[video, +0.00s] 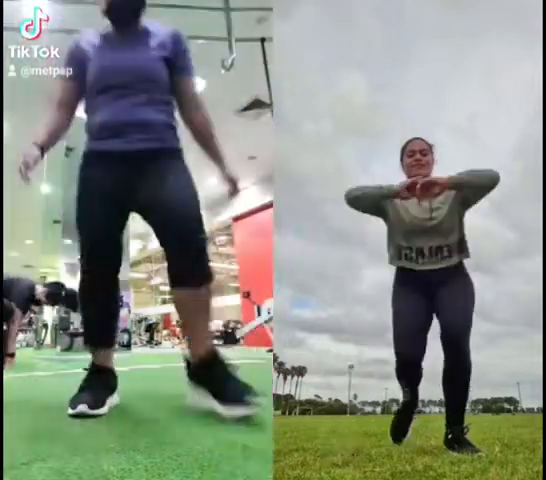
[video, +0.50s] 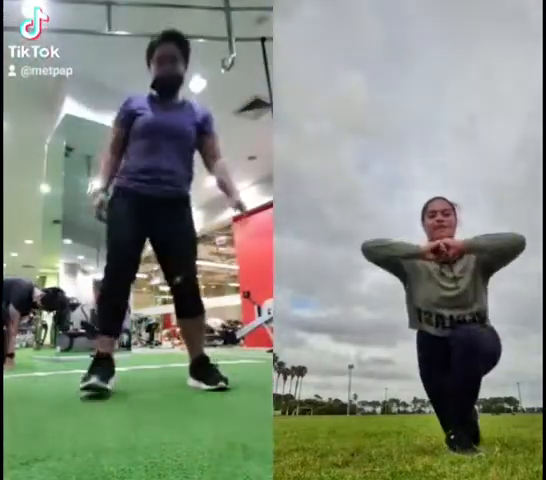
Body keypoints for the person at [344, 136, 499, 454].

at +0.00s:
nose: (417, 158)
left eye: (423, 153)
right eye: (411, 154)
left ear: (434, 160)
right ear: (401, 164)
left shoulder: (455, 194)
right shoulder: (389, 201)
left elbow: (491, 178)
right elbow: (352, 197)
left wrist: (447, 182)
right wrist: (397, 192)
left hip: (452, 281)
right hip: (409, 284)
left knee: (457, 349)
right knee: (406, 357)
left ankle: (456, 433)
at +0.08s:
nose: (420, 160)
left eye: (426, 155)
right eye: (413, 156)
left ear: (436, 163)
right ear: (404, 166)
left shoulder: (458, 198)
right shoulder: (391, 204)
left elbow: (495, 180)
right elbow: (354, 197)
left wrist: (450, 184)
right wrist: (399, 194)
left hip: (453, 284)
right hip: (411, 286)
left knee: (457, 353)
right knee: (414, 361)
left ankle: (455, 433)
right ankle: (423, 395)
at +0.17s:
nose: (429, 177)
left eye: (434, 172)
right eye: (422, 174)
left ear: (445, 179)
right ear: (412, 184)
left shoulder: (467, 214)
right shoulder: (400, 217)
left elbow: (506, 196)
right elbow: (365, 202)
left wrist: (459, 199)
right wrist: (415, 203)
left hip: (461, 298)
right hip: (419, 303)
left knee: (458, 341)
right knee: (435, 388)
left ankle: (456, 434)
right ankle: (459, 417)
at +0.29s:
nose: (433, 197)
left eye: (439, 192)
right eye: (426, 193)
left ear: (449, 198)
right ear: (417, 203)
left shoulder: (472, 232)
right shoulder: (405, 235)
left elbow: (511, 210)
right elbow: (371, 215)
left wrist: (464, 216)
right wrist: (420, 218)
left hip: (468, 315)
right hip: (426, 320)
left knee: (461, 344)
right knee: (440, 390)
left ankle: (457, 427)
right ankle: (461, 433)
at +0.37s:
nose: (437, 214)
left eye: (443, 209)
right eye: (430, 211)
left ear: (453, 217)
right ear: (421, 221)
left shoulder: (476, 251)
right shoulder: (410, 257)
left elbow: (515, 230)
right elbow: (371, 240)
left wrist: (465, 237)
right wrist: (422, 242)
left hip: (473, 331)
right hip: (430, 336)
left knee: (465, 344)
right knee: (442, 398)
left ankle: (460, 429)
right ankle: (461, 437)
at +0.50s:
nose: (439, 219)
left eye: (446, 214)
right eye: (432, 215)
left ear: (456, 221)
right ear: (424, 225)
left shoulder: (477, 261)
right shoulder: (411, 265)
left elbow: (516, 242)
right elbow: (369, 248)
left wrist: (465, 246)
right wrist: (421, 250)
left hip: (476, 340)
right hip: (433, 345)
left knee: (467, 340)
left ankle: (460, 432)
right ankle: (468, 427)